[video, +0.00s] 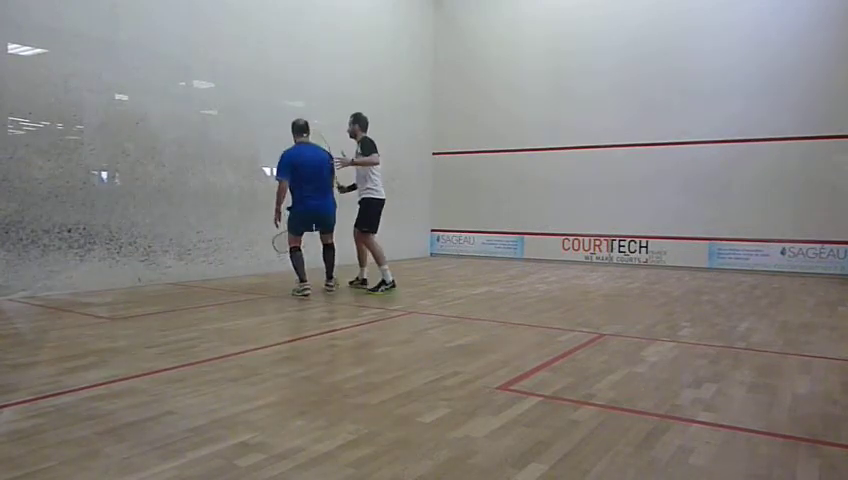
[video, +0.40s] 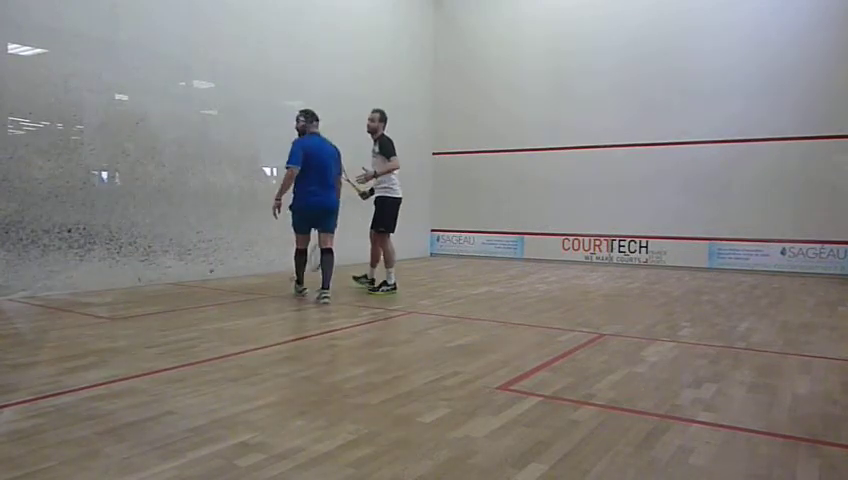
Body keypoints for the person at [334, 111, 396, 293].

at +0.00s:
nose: (347, 129)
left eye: (349, 125)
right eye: (348, 125)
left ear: (356, 126)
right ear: (359, 127)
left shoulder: (365, 142)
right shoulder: (360, 147)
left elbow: (375, 160)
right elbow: (365, 179)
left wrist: (351, 162)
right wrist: (347, 188)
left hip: (373, 196)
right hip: (366, 197)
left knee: (366, 236)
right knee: (359, 235)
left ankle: (388, 278)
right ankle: (362, 277)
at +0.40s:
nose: (368, 123)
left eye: (372, 121)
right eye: (368, 120)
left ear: (382, 124)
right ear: (369, 122)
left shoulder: (385, 141)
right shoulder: (376, 144)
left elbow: (395, 164)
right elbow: (383, 172)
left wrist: (373, 174)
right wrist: (370, 191)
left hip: (390, 195)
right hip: (381, 195)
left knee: (382, 237)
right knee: (374, 235)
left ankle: (390, 281)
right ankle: (371, 275)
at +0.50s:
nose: (372, 123)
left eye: (377, 120)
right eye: (372, 119)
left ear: (386, 124)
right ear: (374, 122)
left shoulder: (388, 141)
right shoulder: (379, 144)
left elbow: (399, 164)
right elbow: (386, 172)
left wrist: (379, 177)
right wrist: (374, 190)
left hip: (393, 195)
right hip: (385, 194)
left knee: (386, 235)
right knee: (377, 234)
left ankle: (390, 280)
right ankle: (383, 276)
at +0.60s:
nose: (377, 122)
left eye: (381, 120)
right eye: (376, 119)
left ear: (390, 124)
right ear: (377, 121)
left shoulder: (393, 141)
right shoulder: (383, 143)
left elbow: (404, 165)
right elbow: (386, 173)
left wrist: (386, 180)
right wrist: (375, 191)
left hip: (395, 195)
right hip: (387, 194)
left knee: (387, 235)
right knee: (382, 235)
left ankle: (391, 280)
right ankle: (395, 274)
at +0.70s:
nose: (380, 122)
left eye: (385, 120)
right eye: (380, 119)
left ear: (394, 124)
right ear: (381, 121)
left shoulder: (397, 142)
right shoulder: (386, 144)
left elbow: (409, 166)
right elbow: (389, 174)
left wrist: (394, 180)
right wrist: (377, 192)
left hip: (398, 197)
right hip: (390, 196)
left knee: (390, 237)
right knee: (388, 236)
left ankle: (391, 280)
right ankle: (411, 272)